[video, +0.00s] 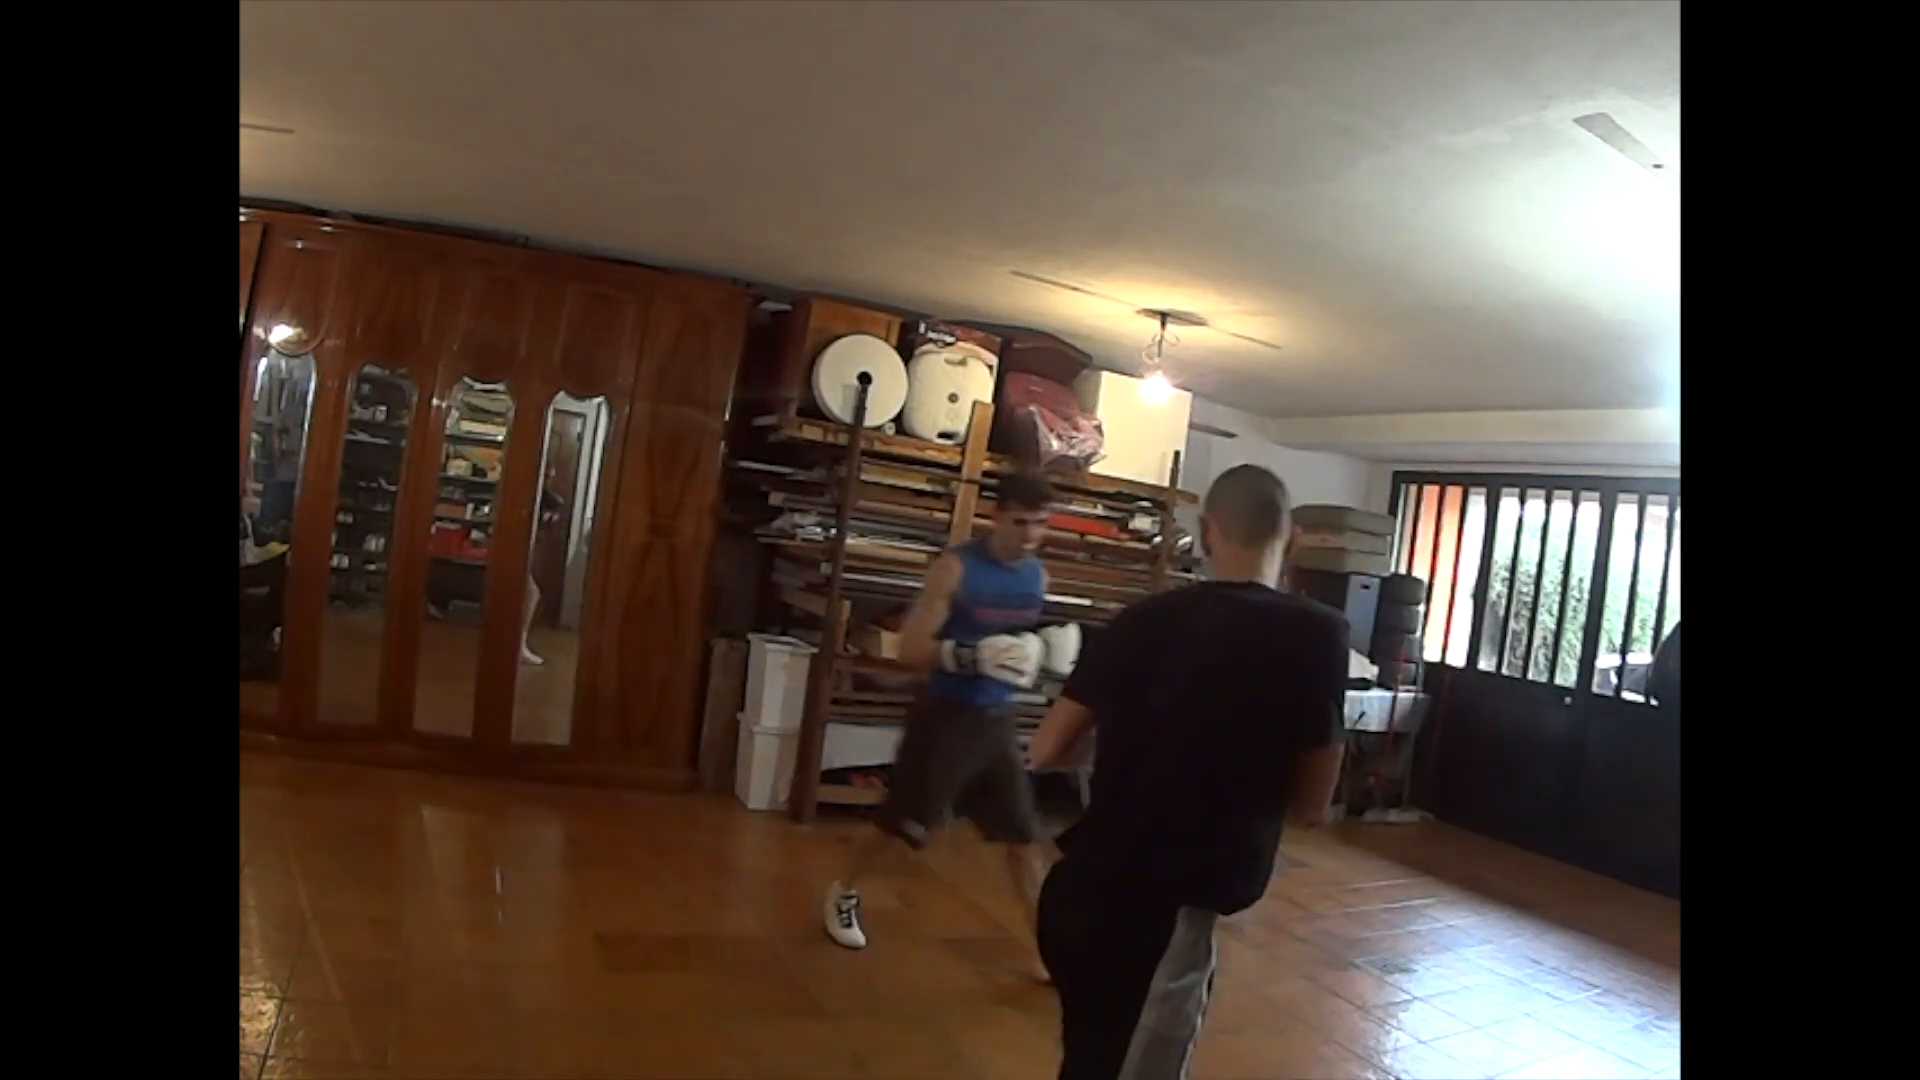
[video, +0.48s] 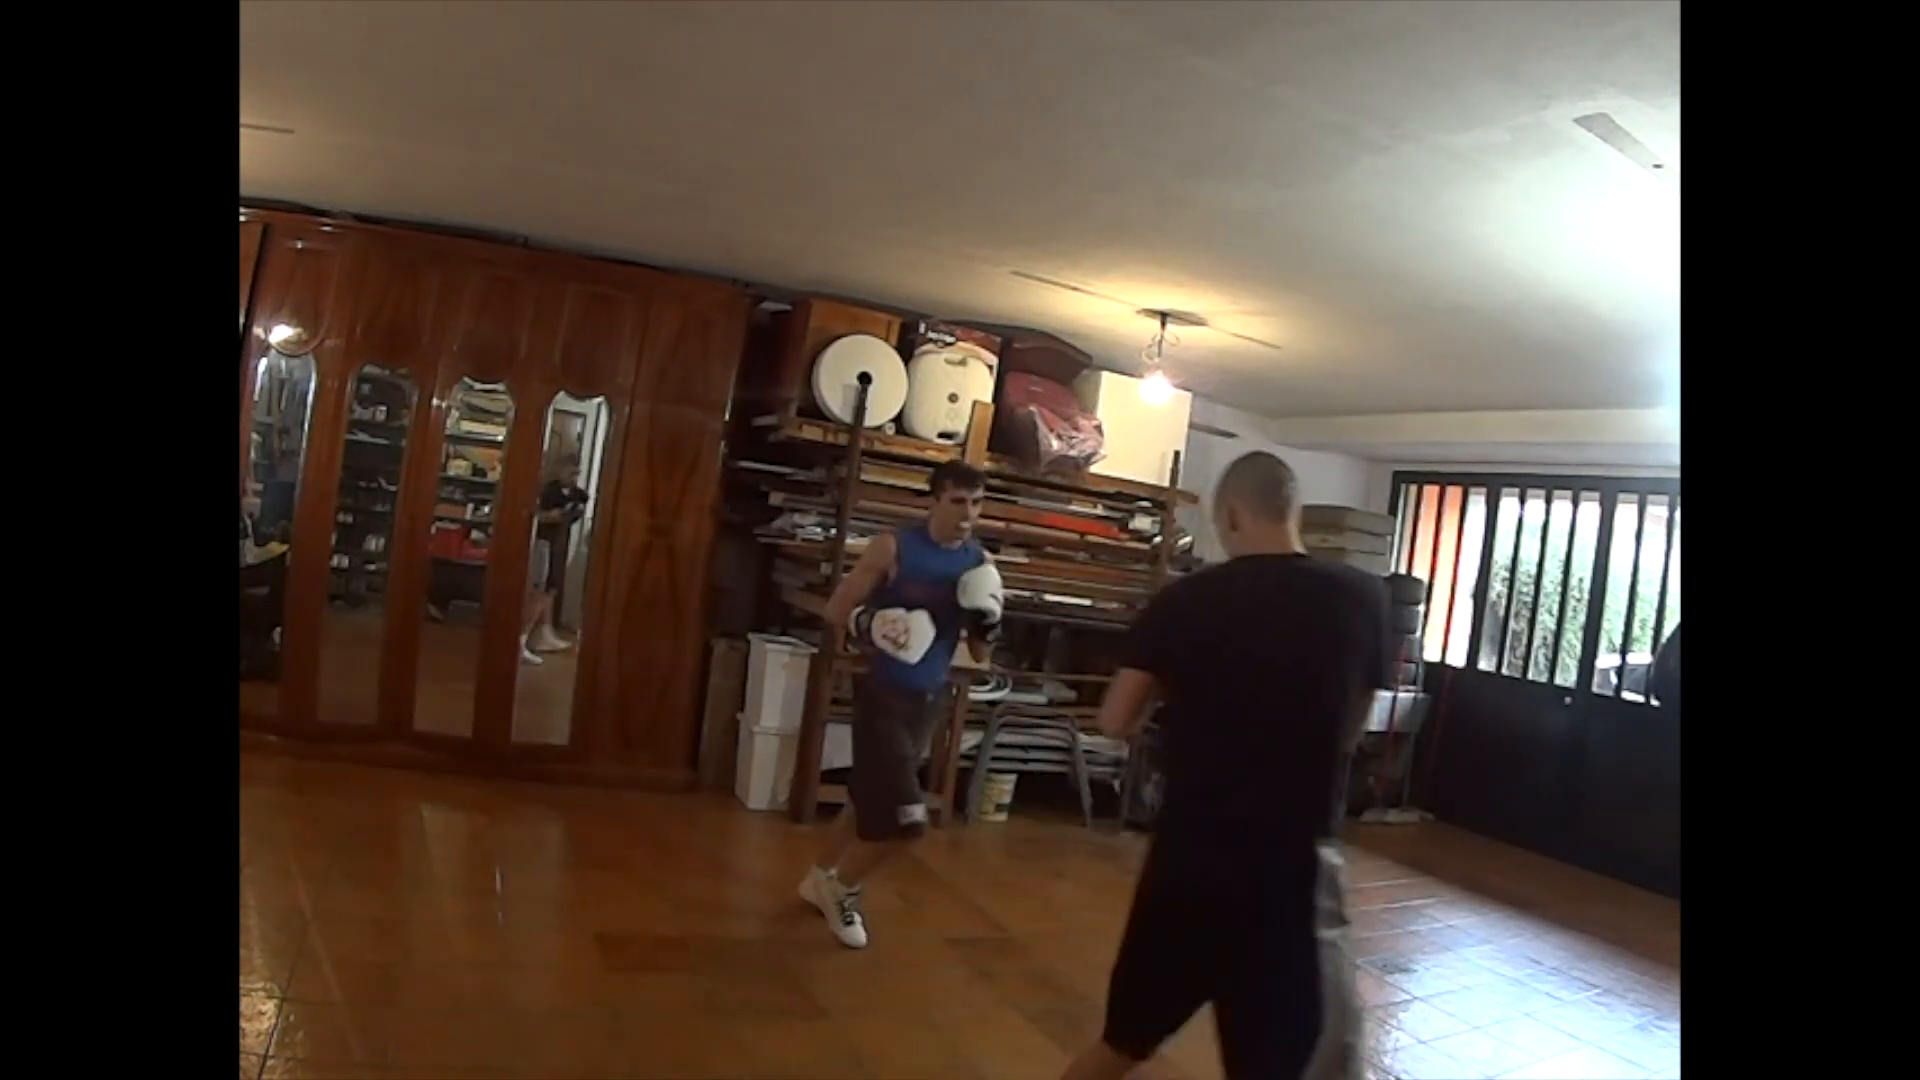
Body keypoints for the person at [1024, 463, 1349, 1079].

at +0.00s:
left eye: (1205, 526)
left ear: (1206, 530)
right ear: (1290, 537)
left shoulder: (1144, 620)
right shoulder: (1317, 634)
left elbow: (1046, 751)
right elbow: (1313, 800)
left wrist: (1112, 743)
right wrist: (1243, 761)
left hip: (1097, 883)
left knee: (1089, 1060)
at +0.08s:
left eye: (1191, 526)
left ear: (1192, 530)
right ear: (1274, 537)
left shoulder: (1137, 623)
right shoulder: (1310, 630)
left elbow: (1047, 753)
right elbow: (1310, 789)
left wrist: (1111, 733)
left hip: (1104, 870)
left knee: (1099, 1062)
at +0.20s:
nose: (1171, 530)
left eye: (1170, 519)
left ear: (1179, 518)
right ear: (1253, 523)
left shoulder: (1132, 610)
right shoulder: (1303, 608)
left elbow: (1062, 738)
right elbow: (1305, 757)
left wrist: (1125, 689)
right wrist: (1249, 708)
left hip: (1115, 861)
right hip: (1218, 876)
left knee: (1114, 1052)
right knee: (1211, 1059)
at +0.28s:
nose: (1173, 527)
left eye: (1172, 515)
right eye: (1175, 516)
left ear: (1182, 512)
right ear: (1255, 516)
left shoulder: (1137, 603)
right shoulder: (1309, 598)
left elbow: (1068, 729)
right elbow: (1309, 743)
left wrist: (1122, 672)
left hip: (1136, 843)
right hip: (1242, 857)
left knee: (1115, 1034)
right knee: (1242, 1044)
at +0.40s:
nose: (1199, 522)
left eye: (1199, 511)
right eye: (1202, 511)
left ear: (1209, 510)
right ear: (1276, 508)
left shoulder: (1166, 595)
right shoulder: (1335, 594)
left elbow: (1093, 717)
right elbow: (1330, 731)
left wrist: (1144, 680)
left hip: (1166, 851)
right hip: (1264, 861)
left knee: (1113, 1040)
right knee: (1250, 1062)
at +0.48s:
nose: (1220, 533)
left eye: (1219, 521)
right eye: (1221, 522)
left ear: (1230, 516)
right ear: (1298, 514)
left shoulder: (1188, 598)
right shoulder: (1359, 598)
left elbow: (1115, 719)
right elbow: (1351, 728)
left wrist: (1171, 694)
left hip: (1191, 859)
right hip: (1293, 870)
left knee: (1122, 1043)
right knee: (1270, 1063)